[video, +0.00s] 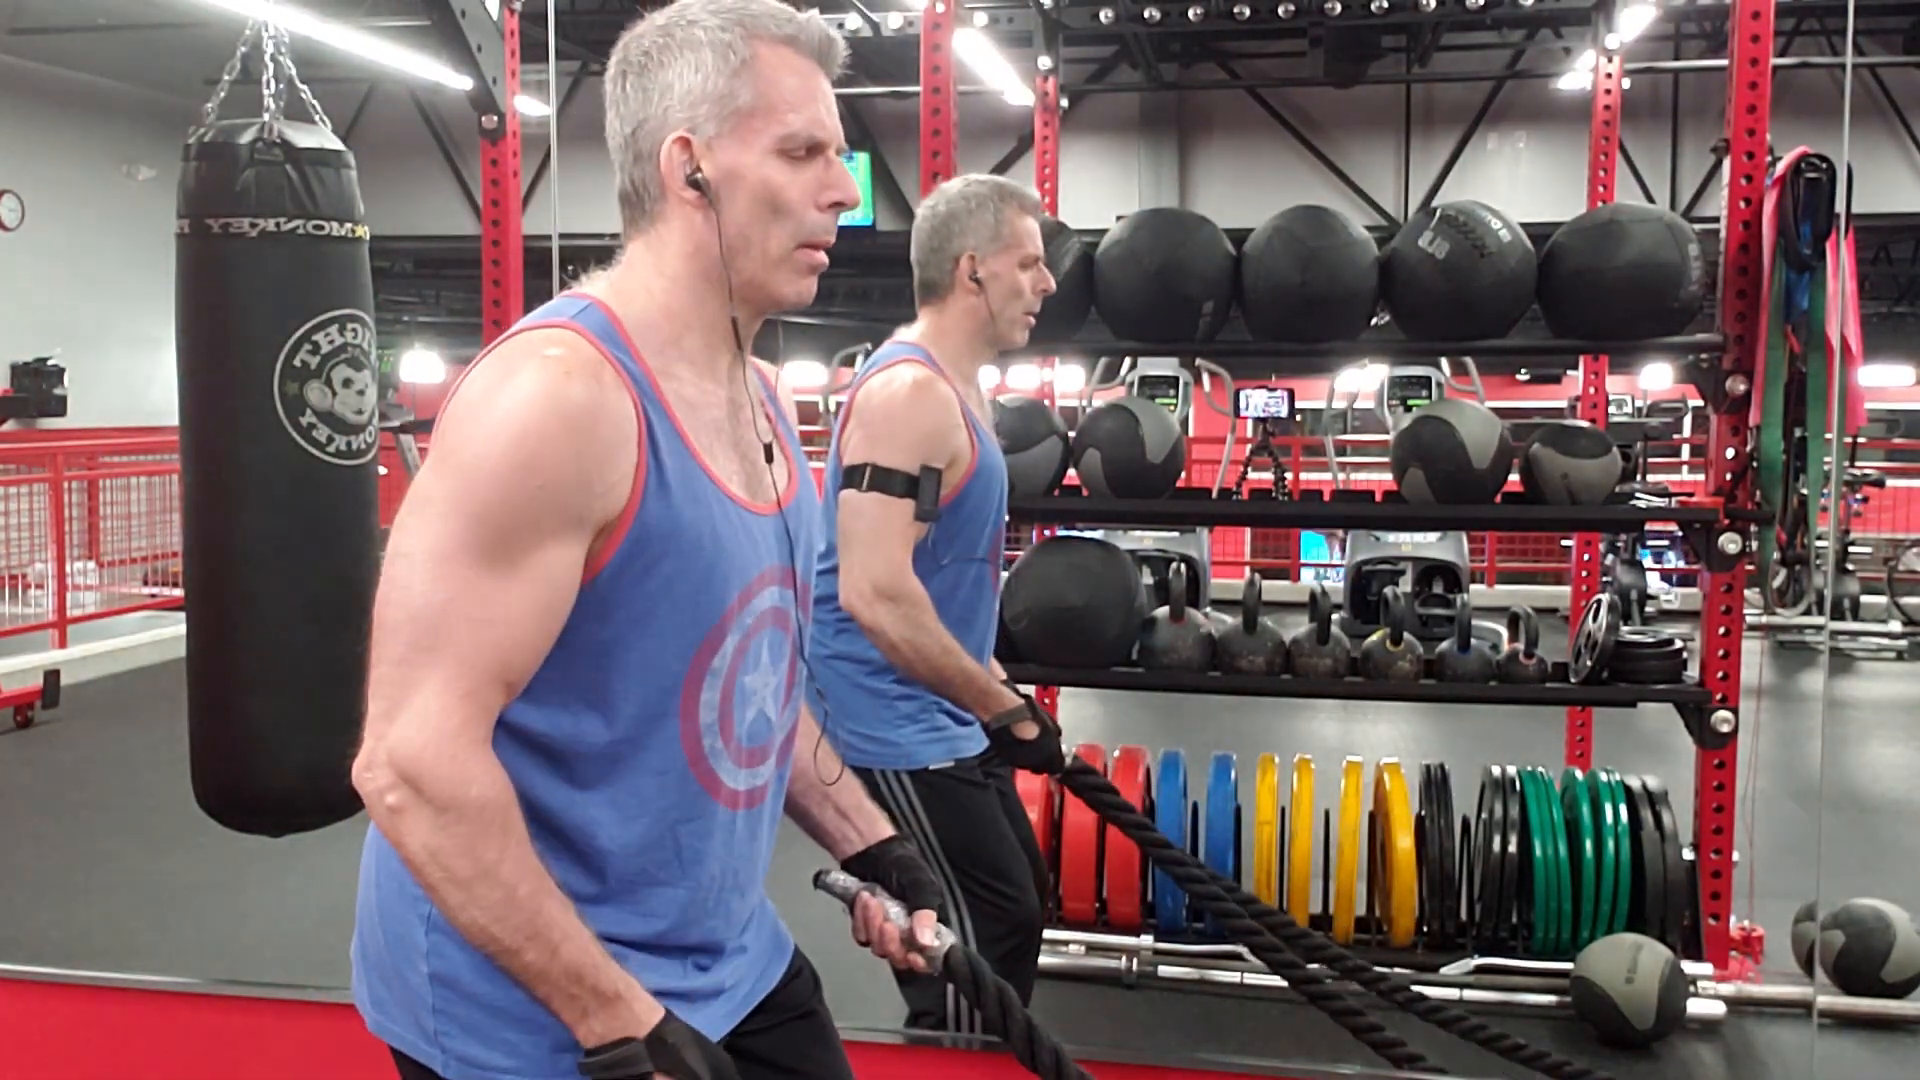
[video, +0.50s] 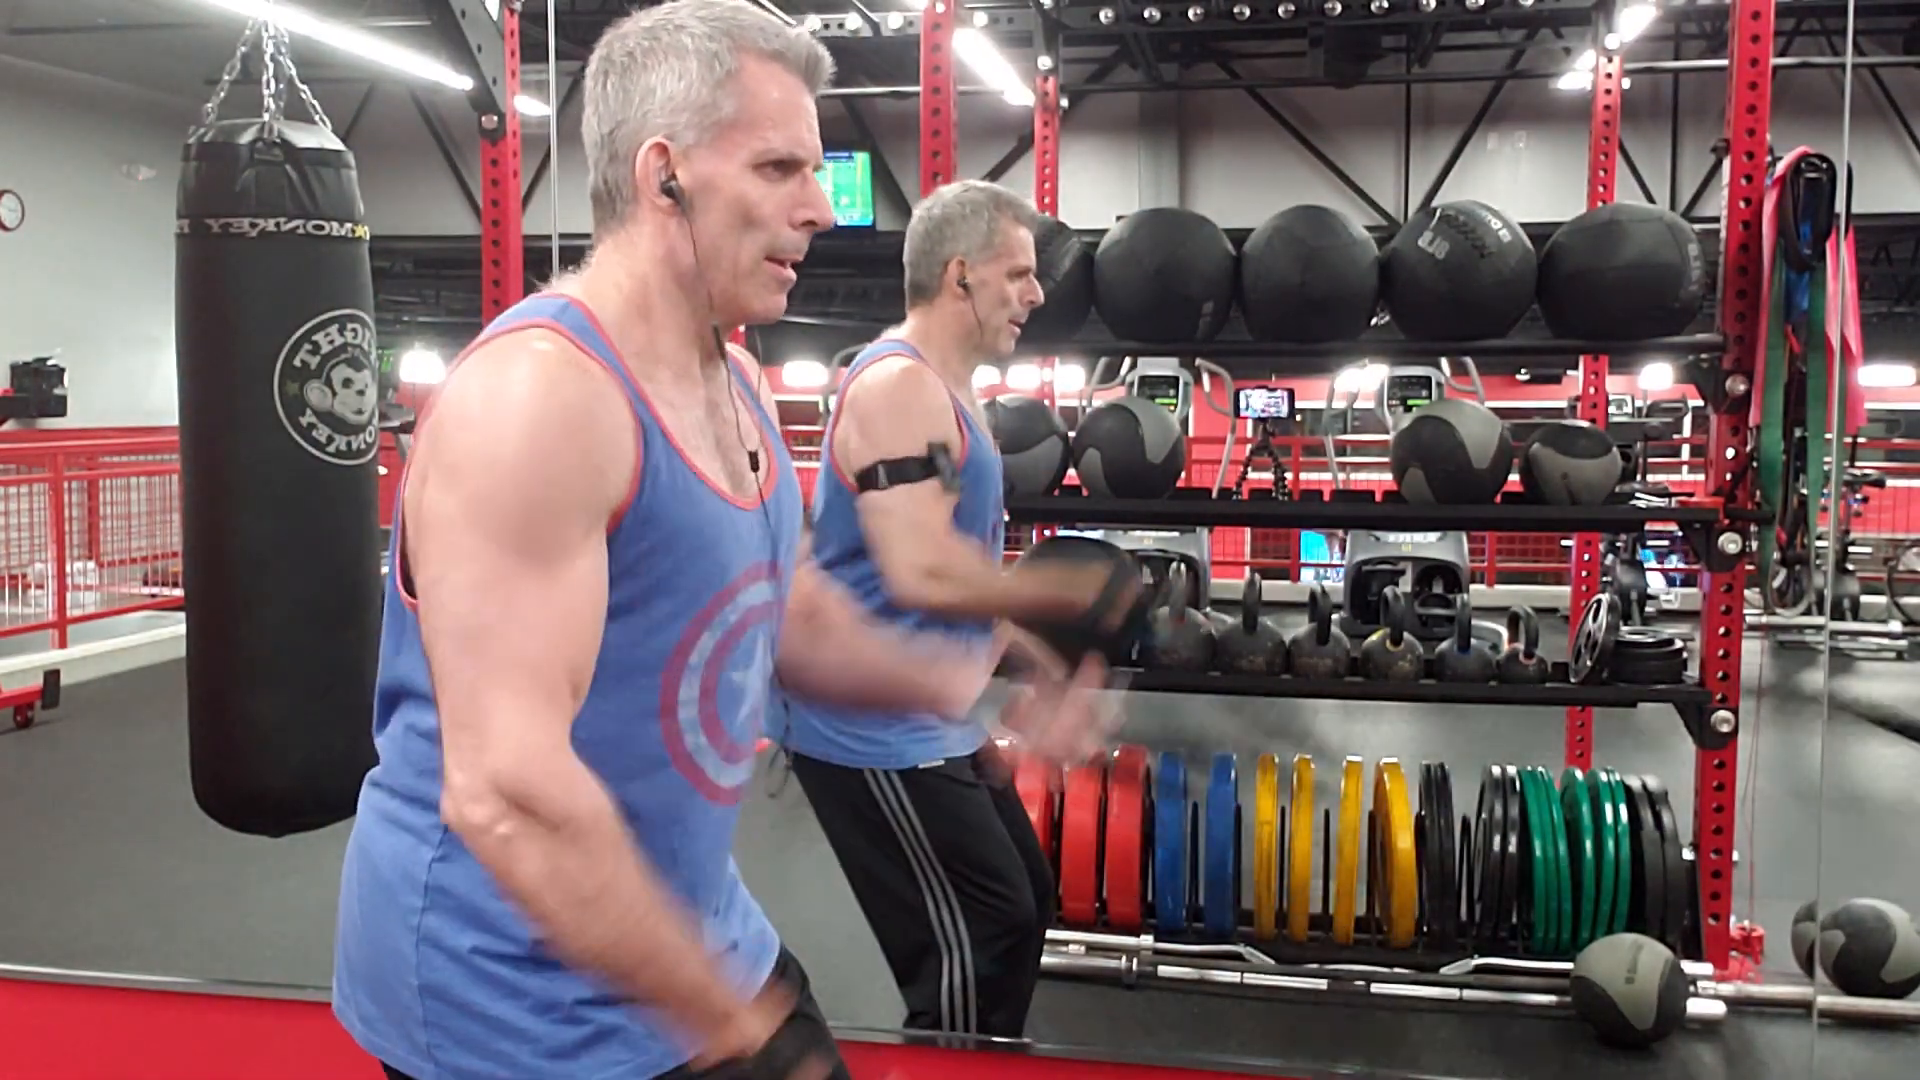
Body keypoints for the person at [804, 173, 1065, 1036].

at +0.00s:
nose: (1047, 285)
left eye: (1045, 265)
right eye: (1032, 264)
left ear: (977, 276)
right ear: (974, 273)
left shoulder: (950, 390)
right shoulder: (908, 391)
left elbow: (926, 581)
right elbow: (877, 589)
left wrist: (999, 695)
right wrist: (999, 704)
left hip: (946, 727)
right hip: (896, 733)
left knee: (1009, 921)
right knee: (998, 929)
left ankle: (966, 1074)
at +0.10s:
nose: (1044, 285)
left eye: (1041, 264)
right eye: (1028, 263)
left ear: (975, 275)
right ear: (972, 271)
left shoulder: (950, 392)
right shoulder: (904, 391)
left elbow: (936, 581)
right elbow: (875, 593)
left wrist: (1011, 669)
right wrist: (998, 709)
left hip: (945, 724)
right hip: (892, 730)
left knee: (1016, 918)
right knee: (992, 931)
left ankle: (978, 1069)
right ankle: (955, 1075)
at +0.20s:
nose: (1034, 285)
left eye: (1034, 264)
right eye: (1020, 262)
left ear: (966, 269)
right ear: (963, 267)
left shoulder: (943, 391)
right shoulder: (899, 393)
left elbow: (1000, 543)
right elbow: (871, 594)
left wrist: (1105, 612)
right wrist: (989, 721)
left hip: (924, 743)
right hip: (874, 752)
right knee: (989, 945)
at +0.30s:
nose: (1033, 290)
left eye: (1032, 270)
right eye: (1019, 268)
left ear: (966, 274)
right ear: (959, 270)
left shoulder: (937, 395)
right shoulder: (902, 394)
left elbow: (1035, 510)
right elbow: (875, 599)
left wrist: (1179, 489)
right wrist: (978, 721)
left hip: (917, 730)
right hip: (882, 737)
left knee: (1001, 922)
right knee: (989, 930)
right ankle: (958, 1076)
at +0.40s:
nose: (1037, 296)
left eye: (1037, 275)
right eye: (1023, 273)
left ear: (971, 281)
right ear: (965, 277)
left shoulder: (943, 393)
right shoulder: (906, 392)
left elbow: (1000, 540)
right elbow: (884, 585)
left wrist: (1135, 539)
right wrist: (1011, 692)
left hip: (919, 708)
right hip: (871, 714)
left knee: (1012, 911)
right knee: (993, 922)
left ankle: (960, 1058)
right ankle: (952, 1063)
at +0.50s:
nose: (1034, 297)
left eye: (1035, 277)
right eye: (1019, 275)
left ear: (959, 279)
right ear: (957, 276)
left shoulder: (947, 393)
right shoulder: (898, 386)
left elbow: (946, 577)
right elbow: (916, 570)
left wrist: (1031, 659)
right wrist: (1076, 589)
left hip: (926, 715)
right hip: (866, 725)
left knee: (1022, 907)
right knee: (976, 929)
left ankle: (979, 1061)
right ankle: (952, 1068)